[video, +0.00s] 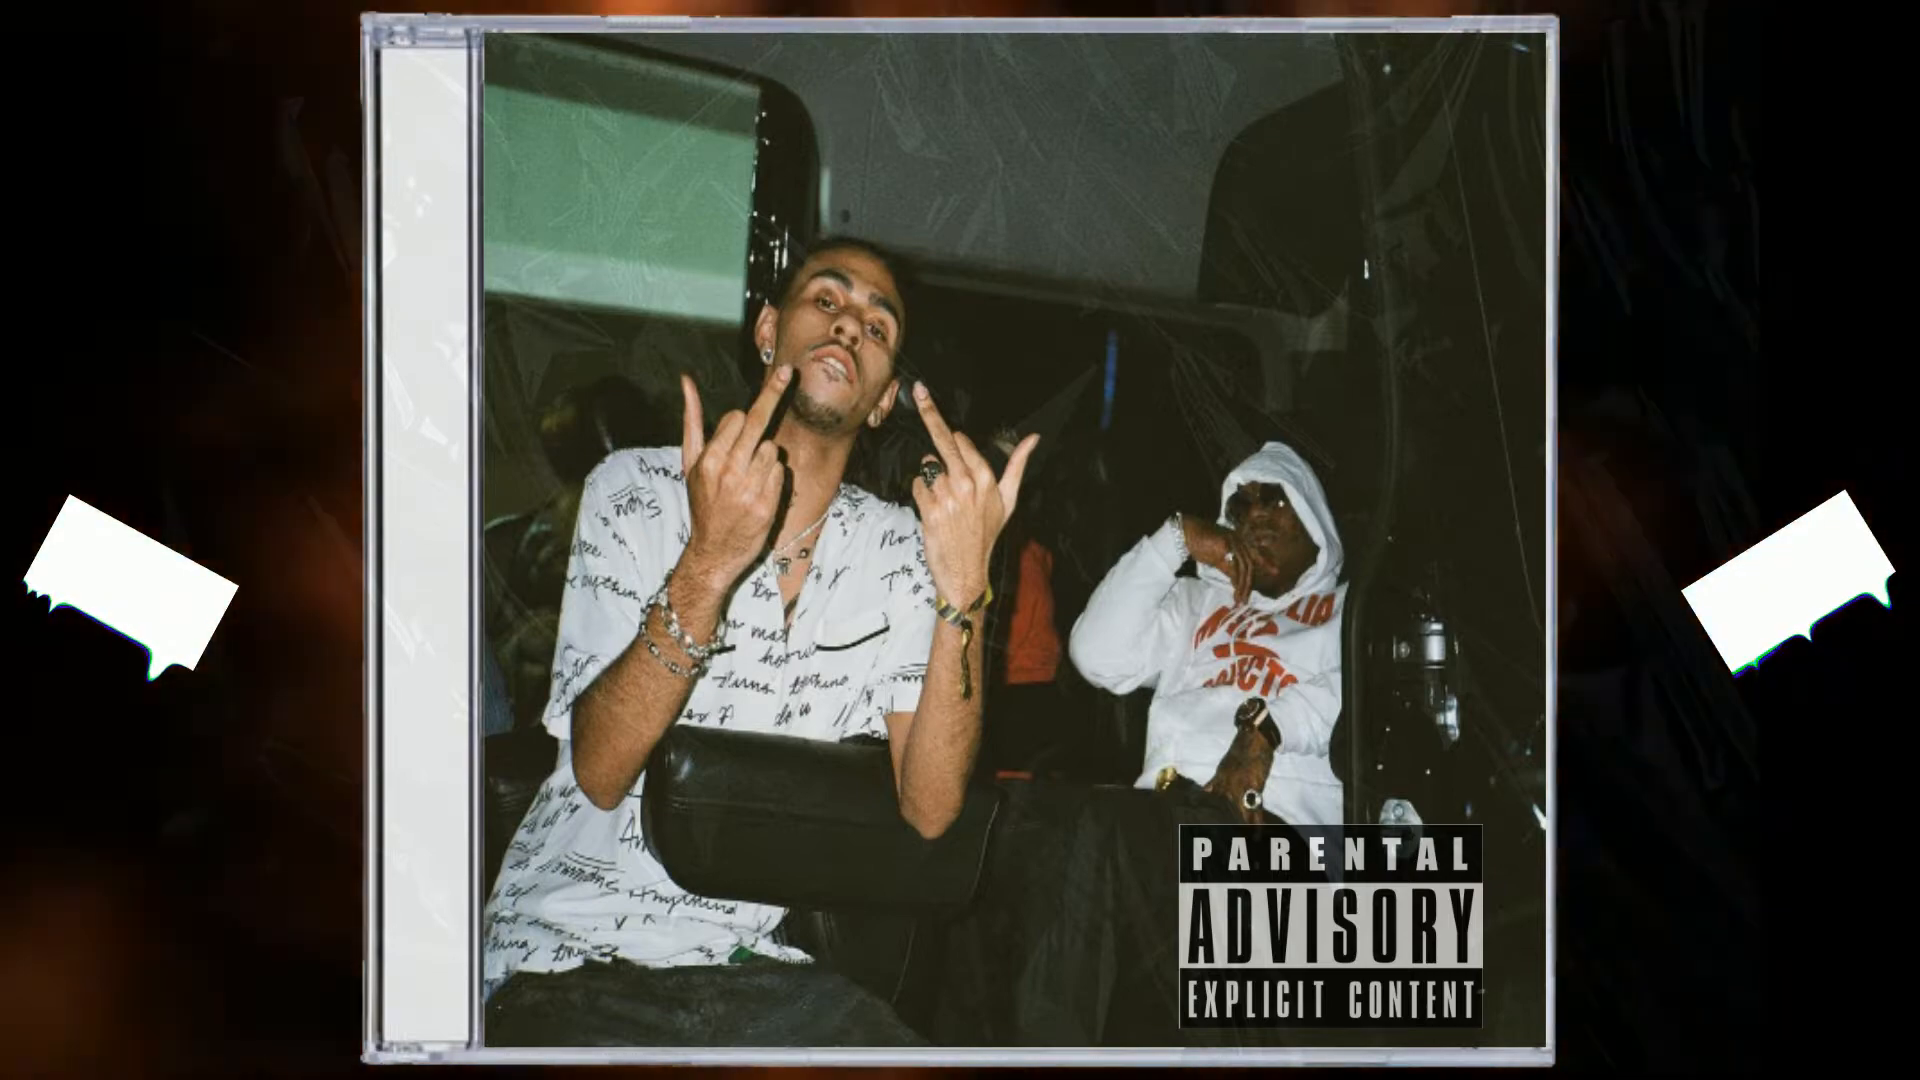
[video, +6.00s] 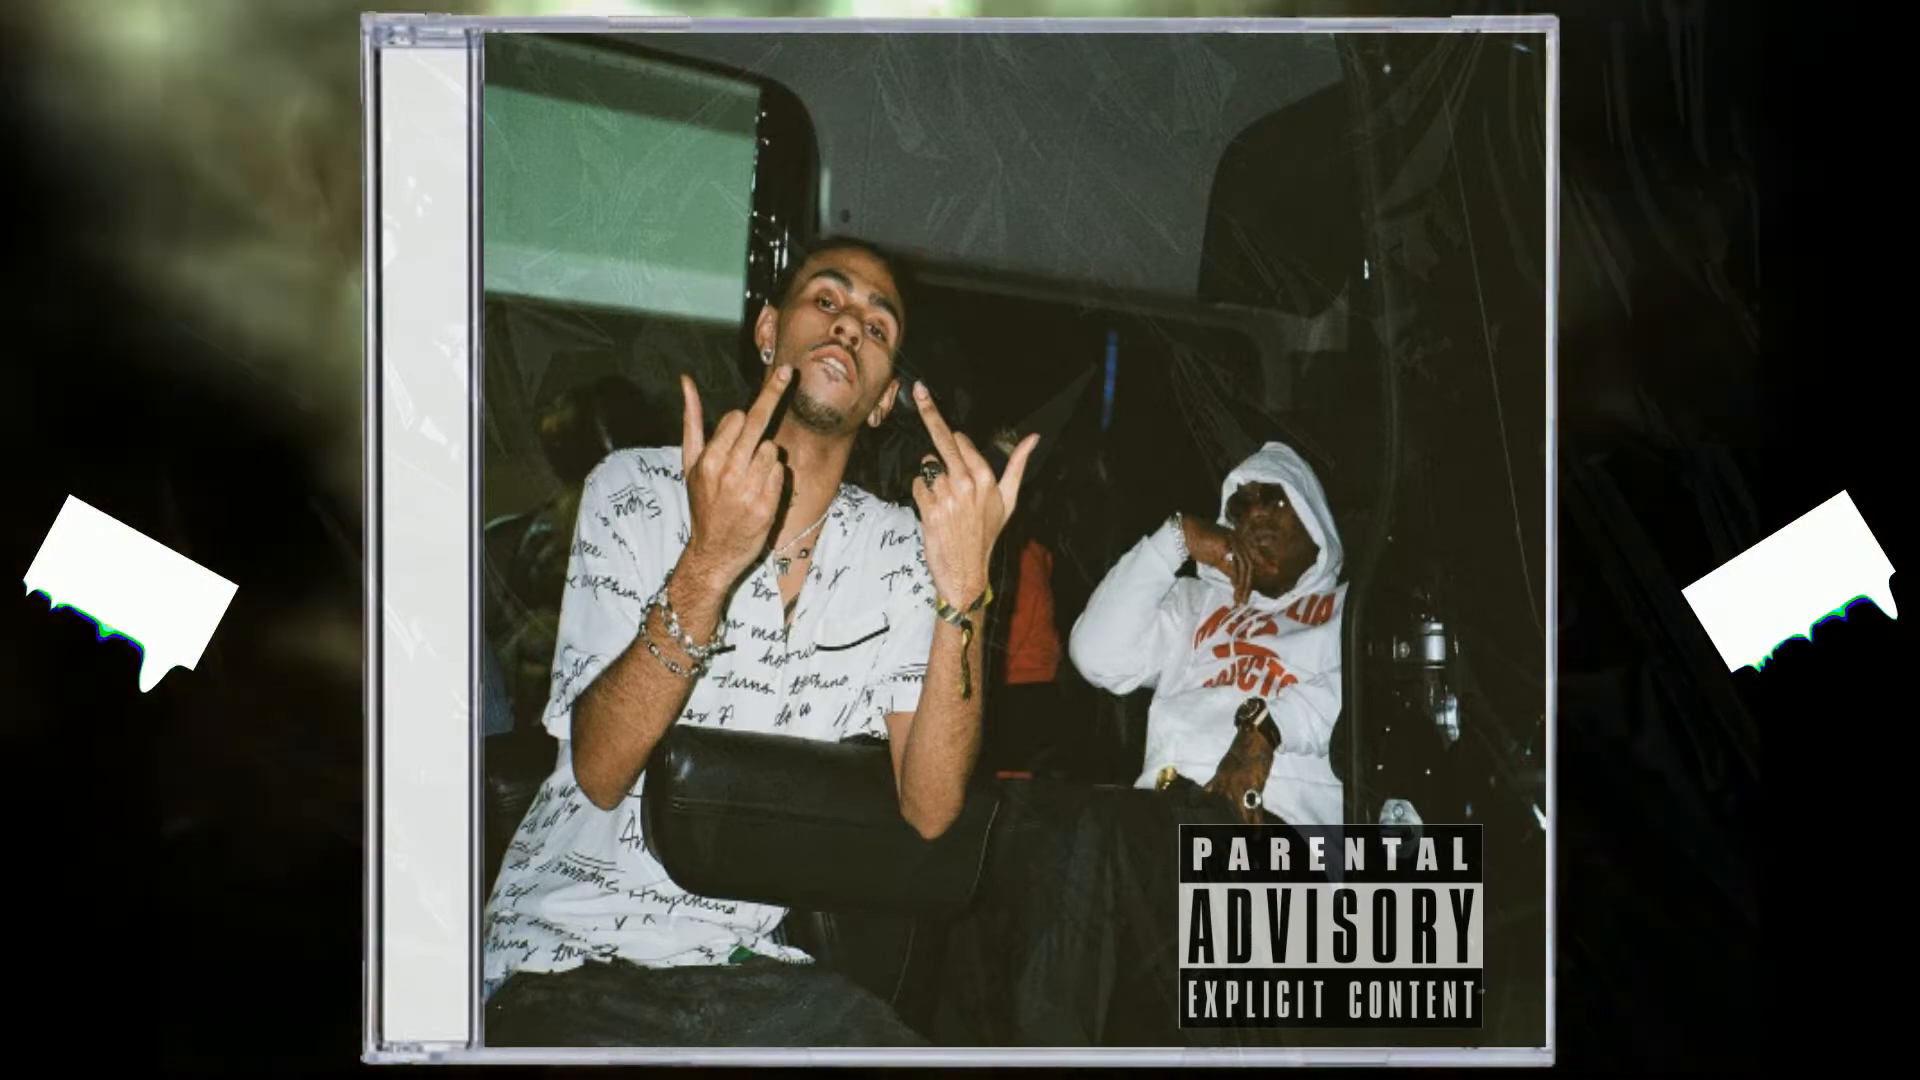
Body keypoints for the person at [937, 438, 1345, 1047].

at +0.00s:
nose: (1259, 518)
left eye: (1279, 502)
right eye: (1246, 503)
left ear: (1318, 523)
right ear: (1227, 522)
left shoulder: (1351, 607)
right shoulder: (1197, 599)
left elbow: (1345, 706)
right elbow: (1099, 658)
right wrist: (1176, 539)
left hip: (1285, 818)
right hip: (1165, 807)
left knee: (1100, 824)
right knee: (1029, 810)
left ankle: (1052, 1052)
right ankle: (968, 1048)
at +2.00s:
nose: (1259, 518)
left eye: (1279, 501)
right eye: (1245, 503)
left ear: (1318, 522)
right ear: (1227, 523)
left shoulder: (1352, 608)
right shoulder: (1197, 599)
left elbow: (1356, 705)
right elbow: (1100, 658)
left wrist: (1268, 725)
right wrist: (1176, 540)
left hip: (1285, 816)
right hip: (1165, 806)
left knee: (1103, 824)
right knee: (1028, 811)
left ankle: (1051, 1054)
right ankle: (967, 1048)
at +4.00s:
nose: (1258, 517)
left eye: (1279, 501)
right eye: (1245, 502)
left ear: (1318, 522)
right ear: (1227, 523)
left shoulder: (1352, 607)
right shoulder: (1197, 601)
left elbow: (1349, 701)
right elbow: (1099, 657)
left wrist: (1268, 725)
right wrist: (1177, 539)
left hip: (1282, 817)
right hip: (1166, 806)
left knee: (1102, 823)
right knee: (1026, 809)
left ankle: (1051, 1053)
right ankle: (970, 1047)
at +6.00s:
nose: (1259, 517)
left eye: (1279, 501)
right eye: (1245, 502)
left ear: (1318, 521)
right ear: (1227, 523)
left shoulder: (1351, 606)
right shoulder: (1197, 601)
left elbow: (1357, 700)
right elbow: (1100, 657)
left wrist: (1269, 726)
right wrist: (1177, 539)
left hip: (1284, 815)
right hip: (1166, 805)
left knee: (1103, 823)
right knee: (1024, 811)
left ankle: (1053, 1052)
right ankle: (970, 1046)